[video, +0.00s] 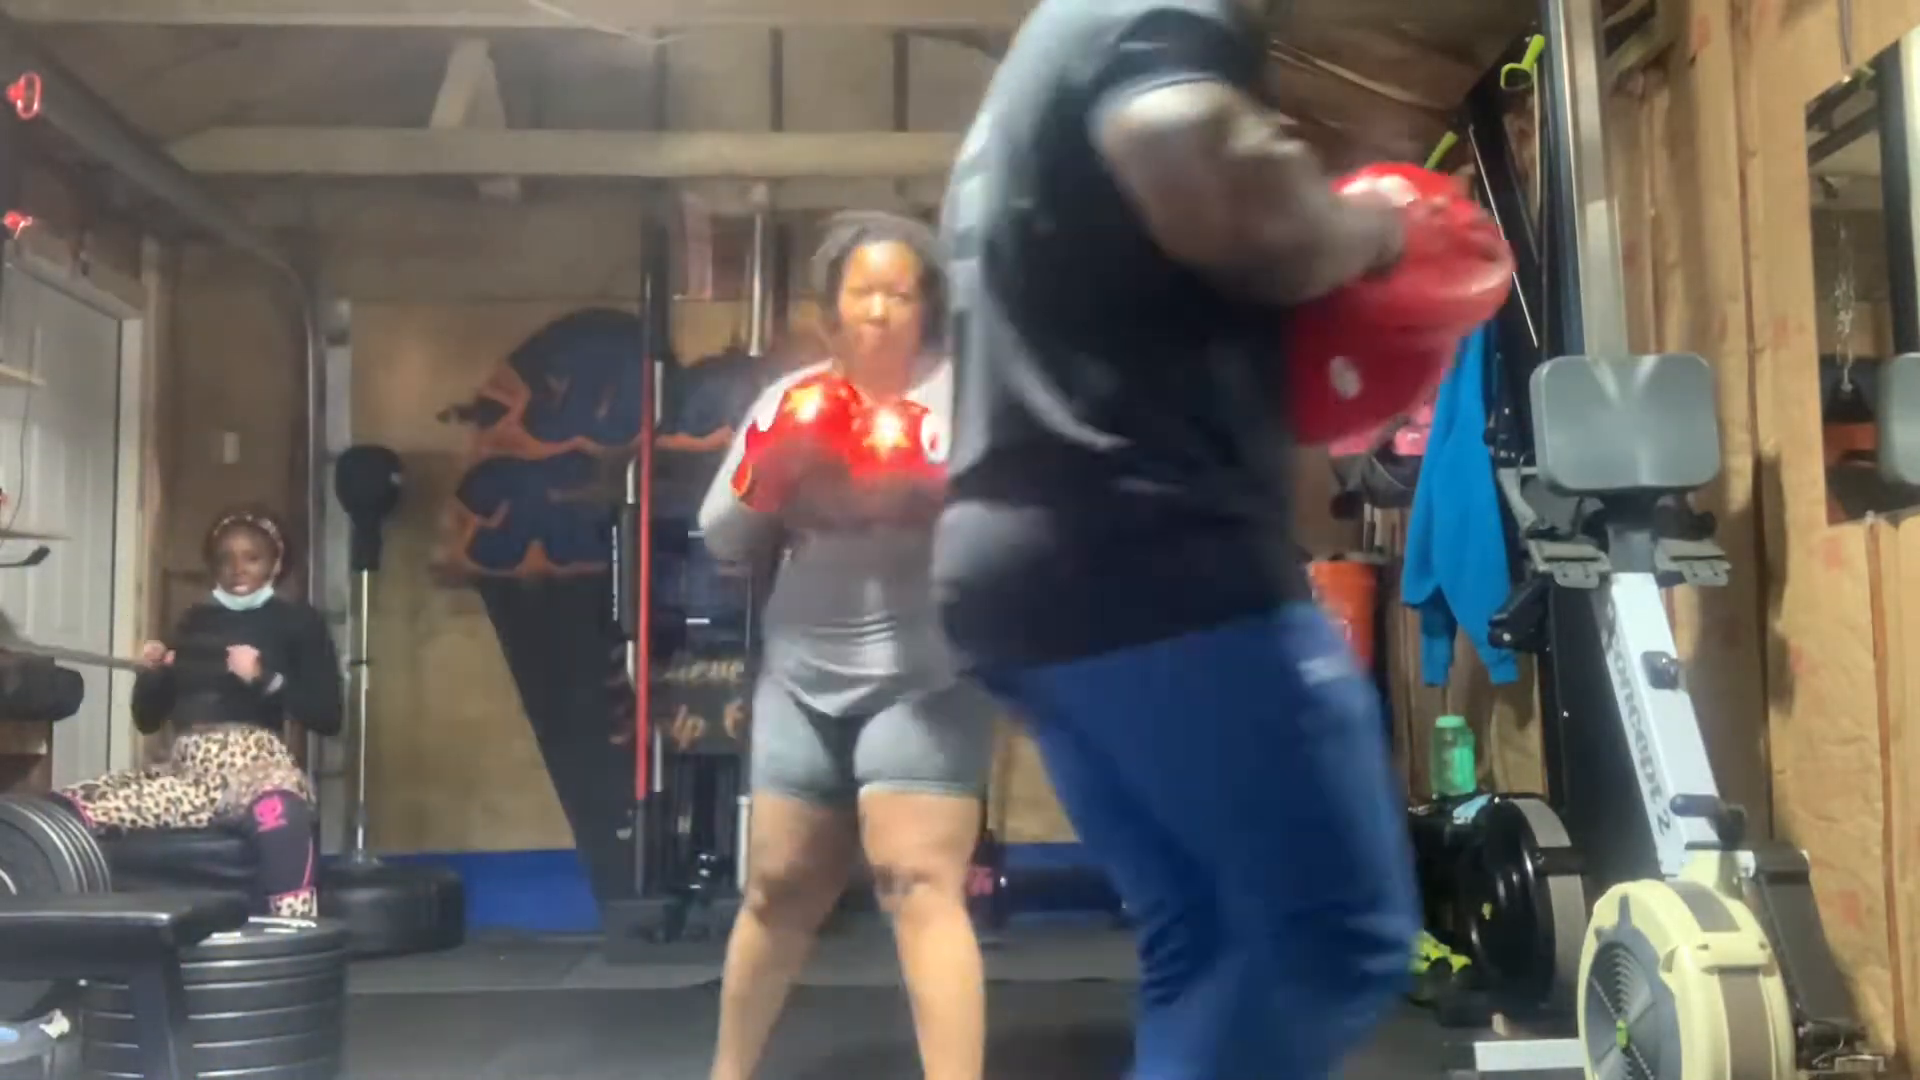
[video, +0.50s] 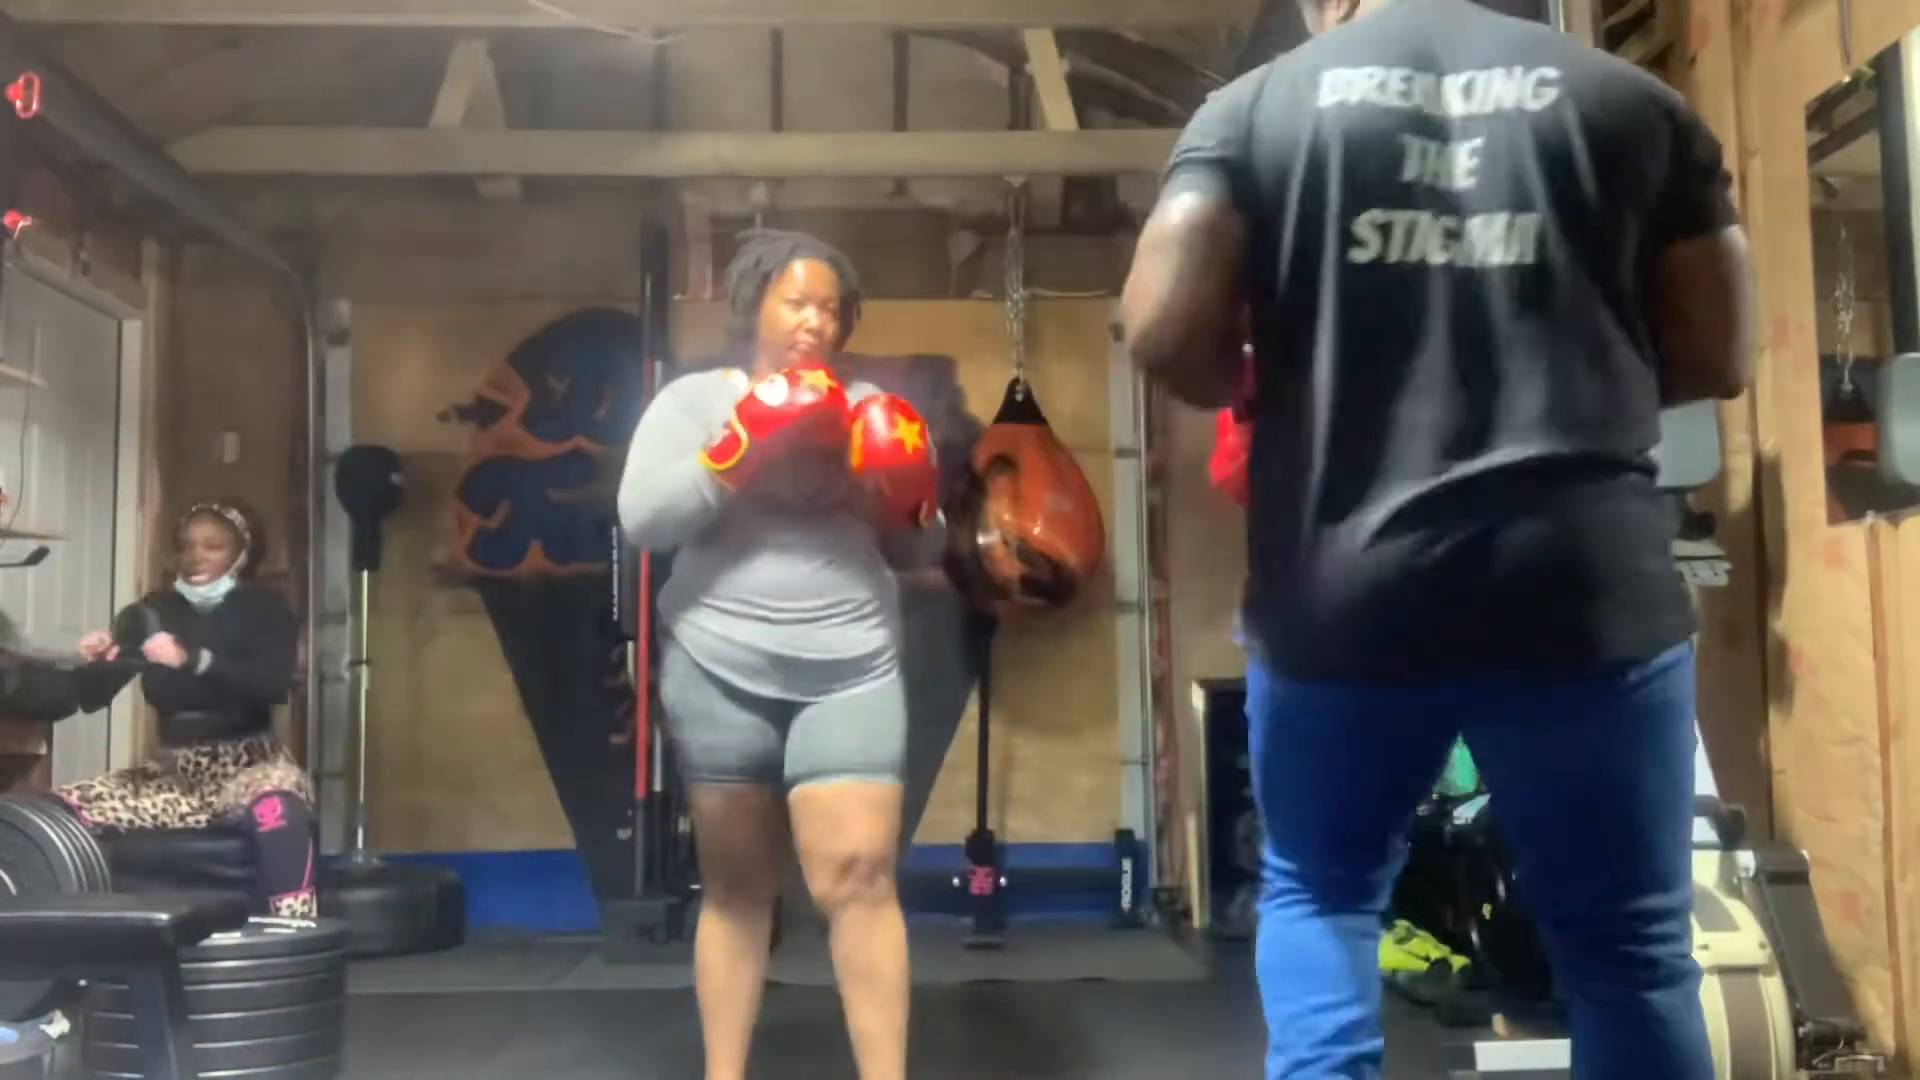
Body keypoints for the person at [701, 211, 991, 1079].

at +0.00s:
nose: (878, 311)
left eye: (896, 293)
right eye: (861, 293)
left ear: (928, 307)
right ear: (829, 309)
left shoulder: (963, 398)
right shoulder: (792, 400)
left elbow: (1017, 507)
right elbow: (723, 539)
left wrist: (921, 491)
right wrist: (774, 466)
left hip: (923, 676)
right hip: (799, 676)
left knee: (921, 885)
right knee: (774, 892)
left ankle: (954, 1074)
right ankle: (729, 1071)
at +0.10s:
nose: (859, 322)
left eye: (877, 305)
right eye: (841, 303)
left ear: (903, 322)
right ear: (805, 314)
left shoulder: (943, 412)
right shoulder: (751, 406)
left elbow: (1011, 557)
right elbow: (683, 536)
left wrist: (943, 506)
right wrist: (765, 487)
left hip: (891, 683)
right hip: (758, 682)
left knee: (898, 892)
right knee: (754, 900)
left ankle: (950, 1075)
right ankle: (728, 1074)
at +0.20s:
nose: (838, 324)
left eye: (855, 310)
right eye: (822, 305)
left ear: (878, 326)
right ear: (783, 312)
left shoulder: (907, 413)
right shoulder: (723, 403)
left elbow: (964, 552)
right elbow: (657, 531)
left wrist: (922, 514)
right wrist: (748, 485)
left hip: (867, 678)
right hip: (733, 676)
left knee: (883, 887)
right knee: (738, 894)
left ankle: (943, 1075)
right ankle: (724, 1073)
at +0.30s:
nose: (826, 324)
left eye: (842, 310)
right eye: (808, 305)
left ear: (862, 324)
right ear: (766, 311)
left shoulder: (884, 409)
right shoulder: (704, 398)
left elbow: (931, 543)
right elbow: (643, 524)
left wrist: (905, 513)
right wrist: (738, 472)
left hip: (857, 668)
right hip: (721, 671)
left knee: (867, 872)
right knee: (736, 887)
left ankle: (909, 1074)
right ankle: (725, 1073)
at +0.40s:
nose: (818, 323)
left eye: (833, 309)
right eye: (799, 305)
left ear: (850, 320)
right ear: (756, 310)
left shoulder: (872, 408)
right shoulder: (693, 399)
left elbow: (925, 547)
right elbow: (637, 522)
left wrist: (902, 497)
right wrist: (738, 460)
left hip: (853, 664)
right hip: (717, 665)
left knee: (861, 872)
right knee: (735, 887)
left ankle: (885, 1074)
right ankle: (724, 1074)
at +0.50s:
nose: (813, 322)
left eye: (829, 308)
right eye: (794, 304)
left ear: (846, 321)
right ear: (751, 311)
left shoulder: (872, 410)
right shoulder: (691, 402)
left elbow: (920, 552)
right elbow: (640, 523)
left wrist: (903, 491)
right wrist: (739, 462)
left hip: (853, 672)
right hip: (718, 669)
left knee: (860, 878)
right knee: (735, 889)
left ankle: (884, 1075)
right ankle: (725, 1074)